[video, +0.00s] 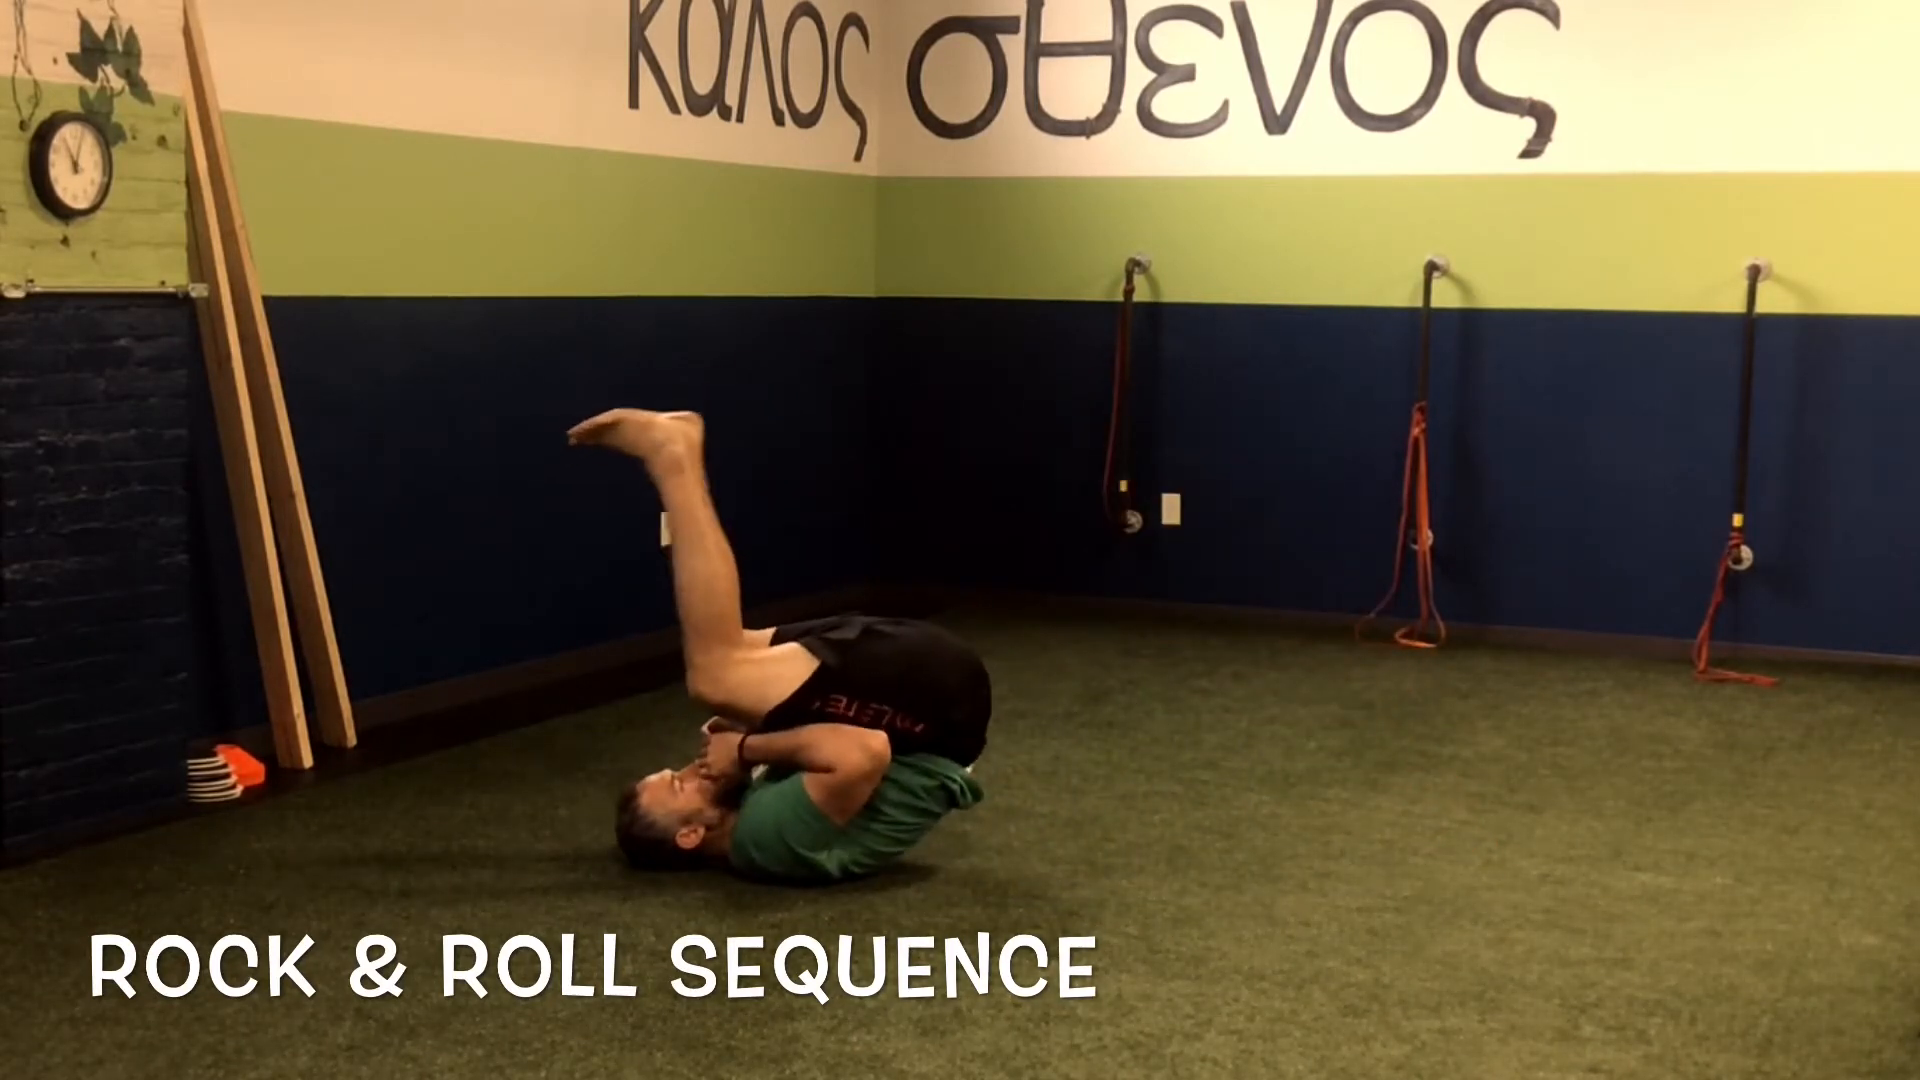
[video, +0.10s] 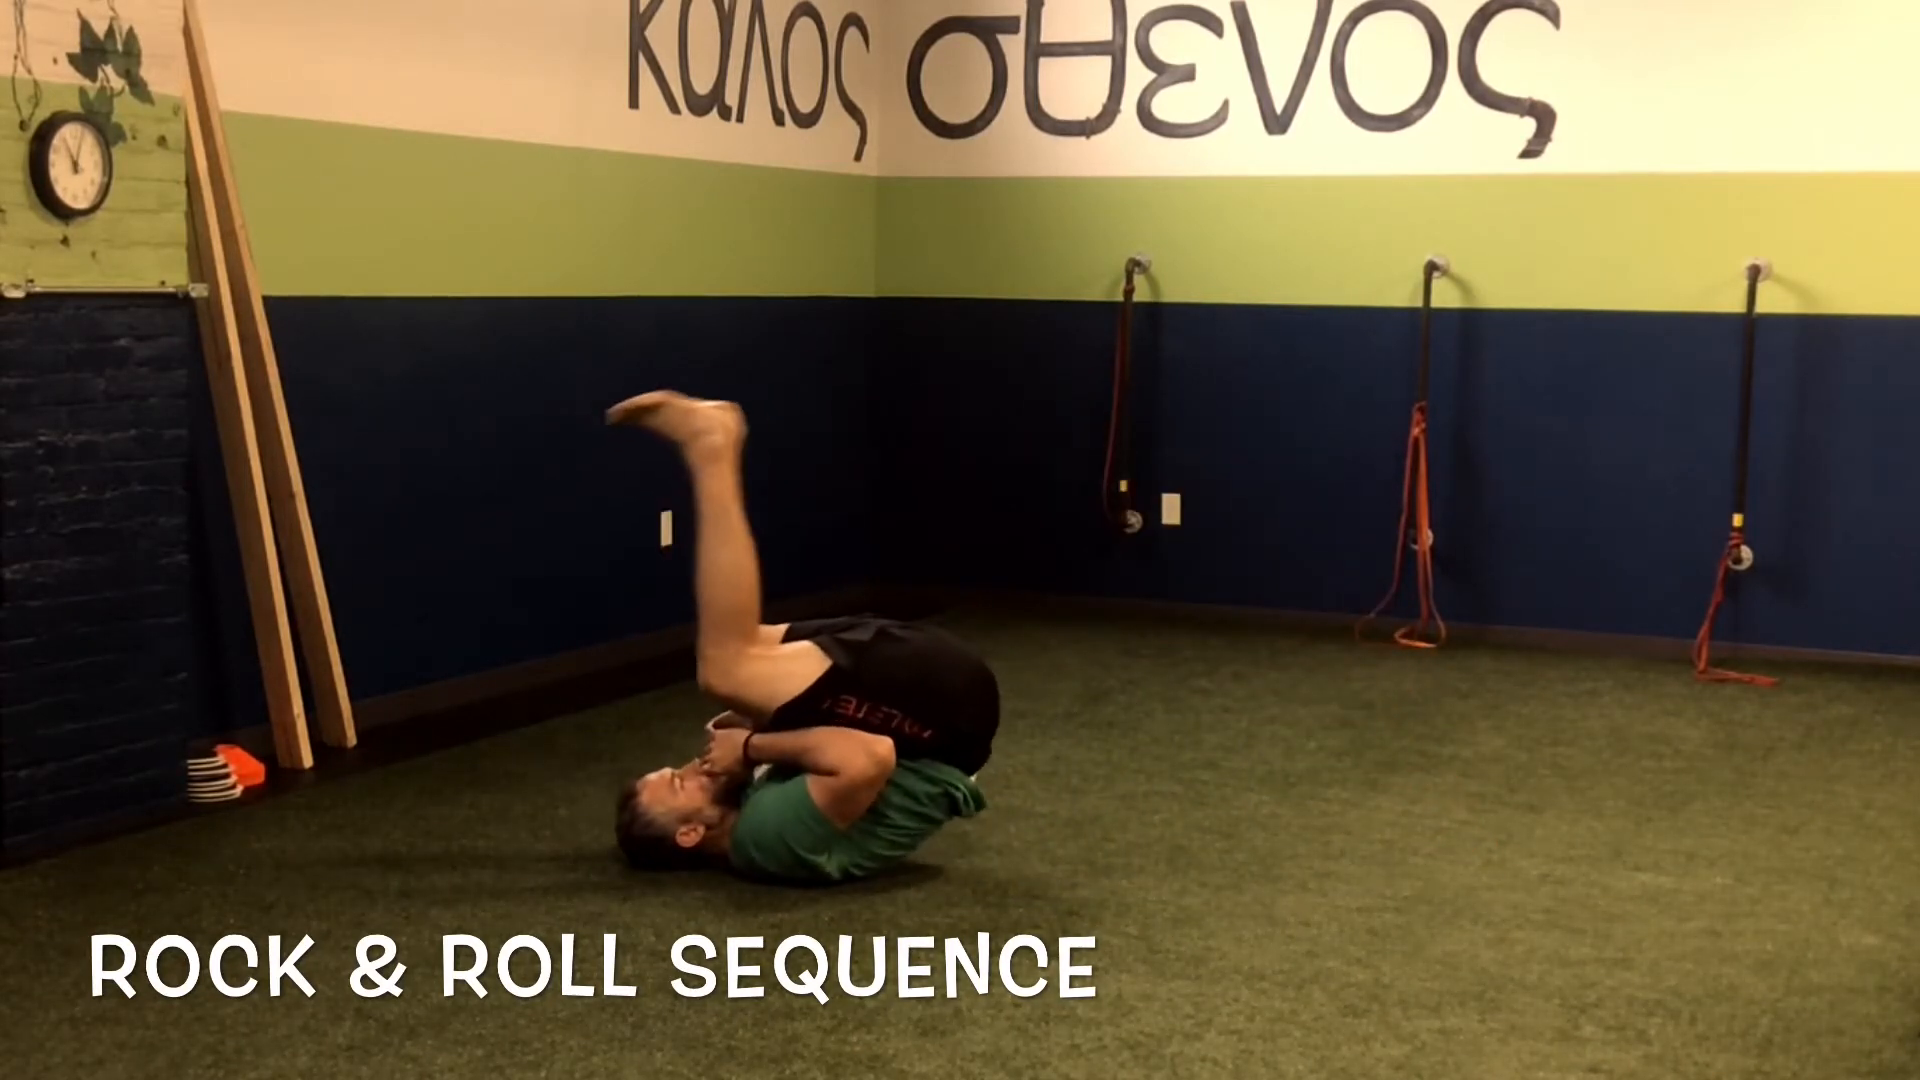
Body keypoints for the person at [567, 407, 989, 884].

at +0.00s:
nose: (686, 769)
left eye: (670, 775)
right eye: (673, 784)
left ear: (695, 828)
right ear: (692, 830)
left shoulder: (749, 817)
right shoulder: (766, 836)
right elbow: (865, 753)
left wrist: (737, 736)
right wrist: (747, 749)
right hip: (946, 693)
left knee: (734, 646)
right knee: (713, 670)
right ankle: (673, 453)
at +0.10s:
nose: (689, 766)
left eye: (673, 771)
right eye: (676, 784)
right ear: (692, 831)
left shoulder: (749, 815)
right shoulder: (767, 835)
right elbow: (869, 760)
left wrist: (743, 745)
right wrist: (750, 745)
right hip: (953, 704)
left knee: (745, 645)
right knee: (726, 665)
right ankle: (712, 445)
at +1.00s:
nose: (934, 591)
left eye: (923, 578)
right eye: (916, 586)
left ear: (886, 616)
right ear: (879, 620)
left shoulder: (898, 671)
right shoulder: (906, 696)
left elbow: (1025, 756)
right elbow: (1043, 779)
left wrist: (996, 661)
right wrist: (1016, 669)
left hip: (1045, 826)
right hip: (1062, 850)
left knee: (1126, 610)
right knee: (1137, 619)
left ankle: (1319, 731)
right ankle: (1333, 735)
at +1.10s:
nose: (969, 573)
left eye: (960, 560)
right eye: (952, 566)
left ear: (911, 594)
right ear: (913, 593)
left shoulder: (918, 654)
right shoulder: (938, 675)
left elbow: (1026, 752)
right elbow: (1061, 776)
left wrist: (1014, 661)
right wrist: (1045, 661)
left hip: (1045, 825)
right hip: (1069, 845)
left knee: (1151, 623)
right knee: (1171, 632)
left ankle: (1334, 752)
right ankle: (1348, 769)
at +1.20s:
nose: (1000, 567)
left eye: (992, 552)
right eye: (985, 558)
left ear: (940, 577)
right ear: (945, 578)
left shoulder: (930, 645)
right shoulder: (959, 662)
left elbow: (1044, 755)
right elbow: (1071, 777)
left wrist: (1045, 666)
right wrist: (1069, 661)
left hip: (1040, 826)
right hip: (1067, 845)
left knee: (1171, 635)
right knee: (1189, 645)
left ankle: (1345, 774)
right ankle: (1354, 798)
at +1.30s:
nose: (1029, 563)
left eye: (1022, 548)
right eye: (1016, 552)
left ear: (968, 567)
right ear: (972, 569)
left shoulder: (947, 637)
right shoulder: (979, 653)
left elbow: (1057, 753)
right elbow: (1080, 779)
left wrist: (1070, 669)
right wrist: (1090, 662)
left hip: (1042, 823)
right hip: (1068, 845)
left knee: (1188, 641)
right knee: (1211, 655)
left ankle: (1349, 792)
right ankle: (1362, 814)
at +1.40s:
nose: (1056, 559)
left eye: (1051, 544)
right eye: (1043, 547)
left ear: (993, 559)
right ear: (998, 560)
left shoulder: (970, 628)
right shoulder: (994, 644)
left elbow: (1073, 750)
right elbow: (1089, 777)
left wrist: (1089, 668)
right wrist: (1109, 663)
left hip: (1052, 821)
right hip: (1075, 844)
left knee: (1204, 647)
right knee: (1231, 663)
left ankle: (1361, 809)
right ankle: (1367, 828)